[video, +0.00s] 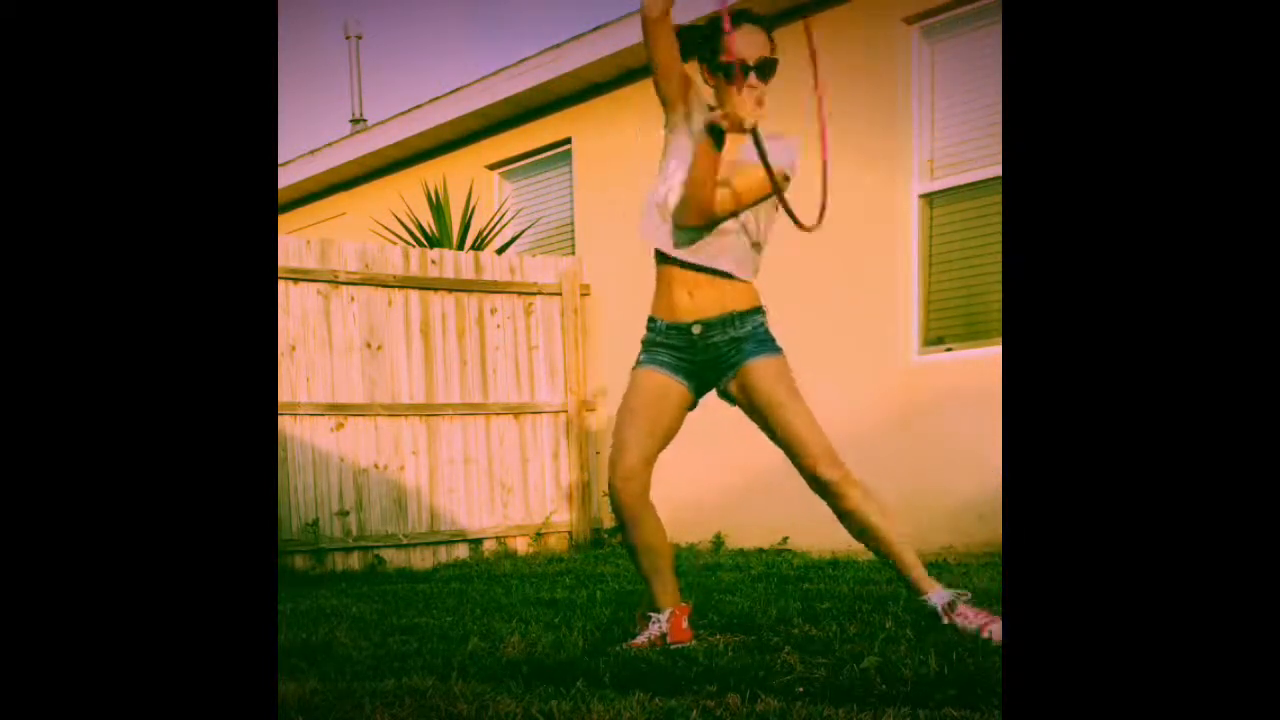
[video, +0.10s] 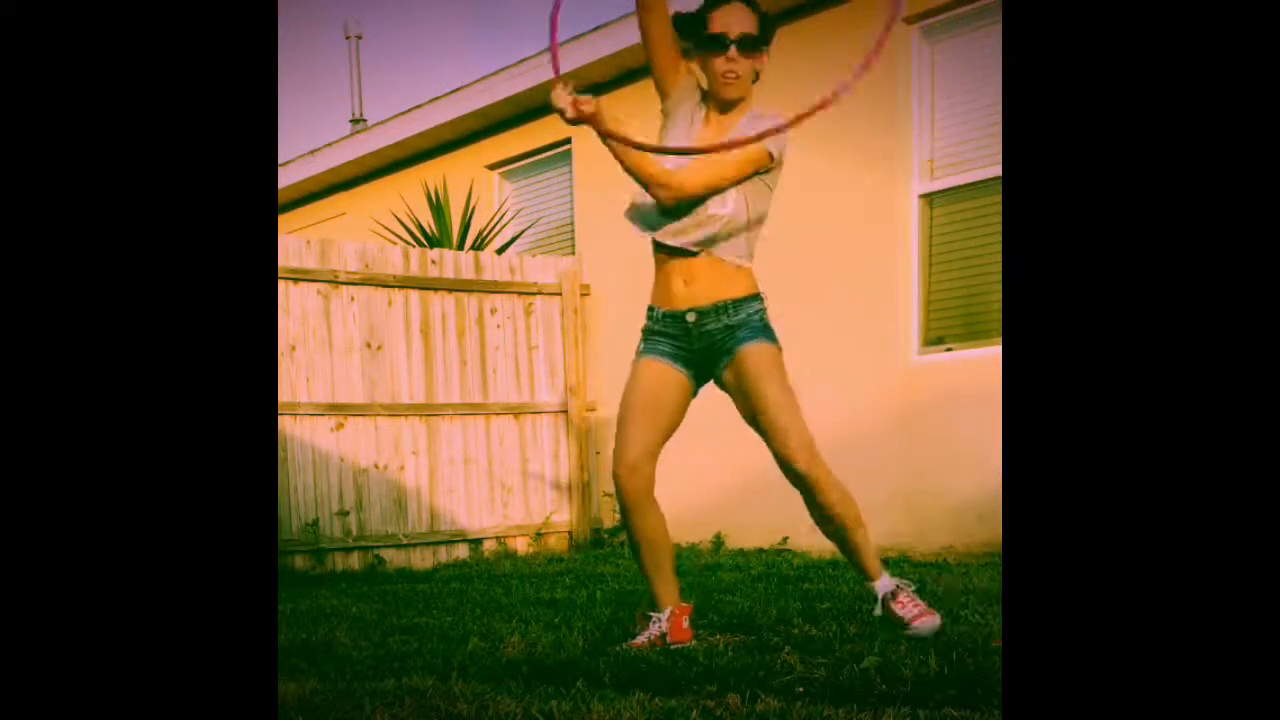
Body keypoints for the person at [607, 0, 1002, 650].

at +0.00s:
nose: (755, 83)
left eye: (764, 70)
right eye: (741, 70)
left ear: (771, 73)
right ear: (711, 71)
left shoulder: (777, 151)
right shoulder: (686, 115)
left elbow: (693, 214)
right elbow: (654, 13)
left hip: (741, 334)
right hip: (667, 340)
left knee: (829, 476)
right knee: (623, 479)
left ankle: (938, 598)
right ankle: (669, 618)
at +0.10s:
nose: (730, 57)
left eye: (746, 46)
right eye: (715, 44)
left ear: (763, 57)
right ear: (696, 57)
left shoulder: (762, 141)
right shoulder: (678, 101)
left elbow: (673, 185)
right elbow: (651, 7)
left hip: (738, 320)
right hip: (666, 327)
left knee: (802, 463)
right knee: (629, 470)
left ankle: (882, 585)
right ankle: (670, 618)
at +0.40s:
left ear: (772, 9)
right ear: (714, 15)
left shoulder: (795, 80)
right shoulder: (692, 64)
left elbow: (758, 129)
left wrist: (663, 99)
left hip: (769, 296)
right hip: (692, 297)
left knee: (769, 461)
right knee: (669, 457)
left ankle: (784, 612)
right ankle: (675, 610)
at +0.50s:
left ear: (785, 8)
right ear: (730, 7)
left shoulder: (807, 82)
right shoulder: (700, 48)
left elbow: (811, 156)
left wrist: (730, 129)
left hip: (777, 288)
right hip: (699, 288)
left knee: (774, 460)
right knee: (686, 451)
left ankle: (785, 613)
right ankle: (675, 602)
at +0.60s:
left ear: (793, 12)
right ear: (743, 11)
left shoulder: (815, 86)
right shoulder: (703, 46)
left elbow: (850, 184)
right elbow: (613, 2)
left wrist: (800, 179)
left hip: (776, 290)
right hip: (698, 289)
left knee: (775, 461)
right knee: (700, 454)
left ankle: (785, 613)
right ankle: (677, 610)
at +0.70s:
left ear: (800, 11)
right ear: (749, 11)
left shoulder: (819, 89)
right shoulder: (704, 46)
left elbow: (867, 193)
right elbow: (609, 12)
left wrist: (856, 221)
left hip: (772, 289)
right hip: (693, 286)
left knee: (772, 462)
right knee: (695, 460)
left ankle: (785, 613)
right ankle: (678, 611)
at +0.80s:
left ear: (802, 8)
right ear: (751, 10)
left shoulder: (823, 87)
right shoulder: (708, 47)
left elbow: (865, 185)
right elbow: (622, 21)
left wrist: (887, 238)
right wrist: (571, 1)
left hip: (771, 289)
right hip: (691, 286)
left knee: (774, 462)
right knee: (694, 461)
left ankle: (787, 612)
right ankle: (679, 612)